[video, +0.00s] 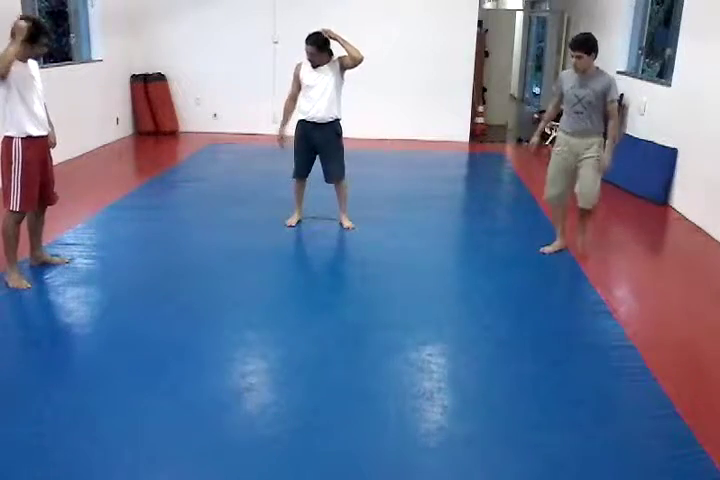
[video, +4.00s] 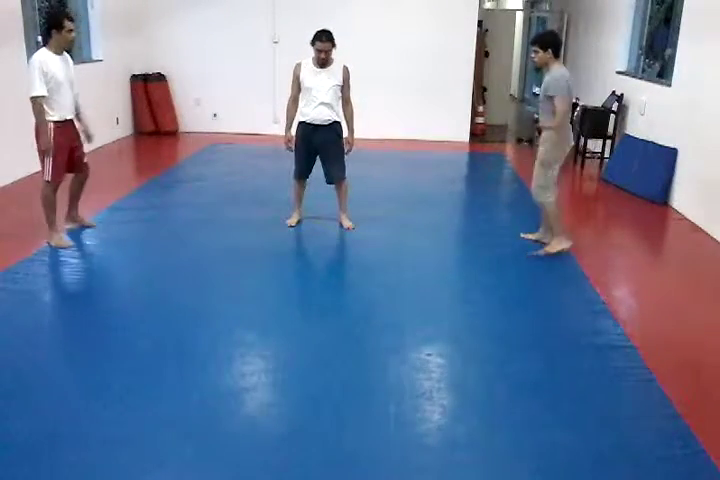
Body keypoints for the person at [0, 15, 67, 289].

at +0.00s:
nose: (37, 56)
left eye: (40, 53)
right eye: (36, 51)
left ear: (38, 47)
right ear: (23, 42)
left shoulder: (31, 63)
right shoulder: (6, 63)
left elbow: (39, 99)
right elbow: (3, 73)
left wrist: (49, 129)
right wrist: (15, 42)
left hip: (39, 137)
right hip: (16, 139)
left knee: (40, 202)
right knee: (16, 208)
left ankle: (37, 252)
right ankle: (11, 268)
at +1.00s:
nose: (45, 45)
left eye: (45, 39)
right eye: (41, 40)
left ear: (27, 41)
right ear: (24, 40)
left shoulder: (32, 63)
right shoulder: (4, 67)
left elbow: (39, 99)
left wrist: (49, 128)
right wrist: (16, 131)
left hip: (39, 140)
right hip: (14, 144)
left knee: (39, 202)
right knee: (16, 209)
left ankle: (37, 252)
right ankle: (11, 268)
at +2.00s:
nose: (51, 46)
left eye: (52, 41)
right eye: (51, 40)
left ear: (29, 37)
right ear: (42, 39)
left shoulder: (17, 61)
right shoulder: (26, 65)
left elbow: (9, 93)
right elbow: (30, 102)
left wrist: (35, 118)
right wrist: (49, 130)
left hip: (27, 136)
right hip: (36, 138)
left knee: (41, 198)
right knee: (59, 198)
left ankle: (42, 249)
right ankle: (36, 252)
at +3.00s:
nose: (83, 45)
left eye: (84, 41)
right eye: (83, 41)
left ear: (62, 36)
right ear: (76, 38)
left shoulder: (43, 56)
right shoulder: (71, 59)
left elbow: (19, 84)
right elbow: (86, 91)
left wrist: (33, 113)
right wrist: (82, 117)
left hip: (44, 124)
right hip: (63, 125)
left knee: (63, 177)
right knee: (72, 180)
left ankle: (68, 222)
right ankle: (69, 234)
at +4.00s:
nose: (73, 36)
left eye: (74, 31)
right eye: (69, 31)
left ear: (63, 33)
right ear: (55, 32)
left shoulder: (66, 58)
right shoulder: (38, 60)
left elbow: (72, 98)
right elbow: (37, 101)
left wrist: (84, 126)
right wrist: (44, 136)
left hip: (69, 123)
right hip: (51, 126)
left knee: (82, 171)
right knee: (51, 181)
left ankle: (72, 215)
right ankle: (53, 232)